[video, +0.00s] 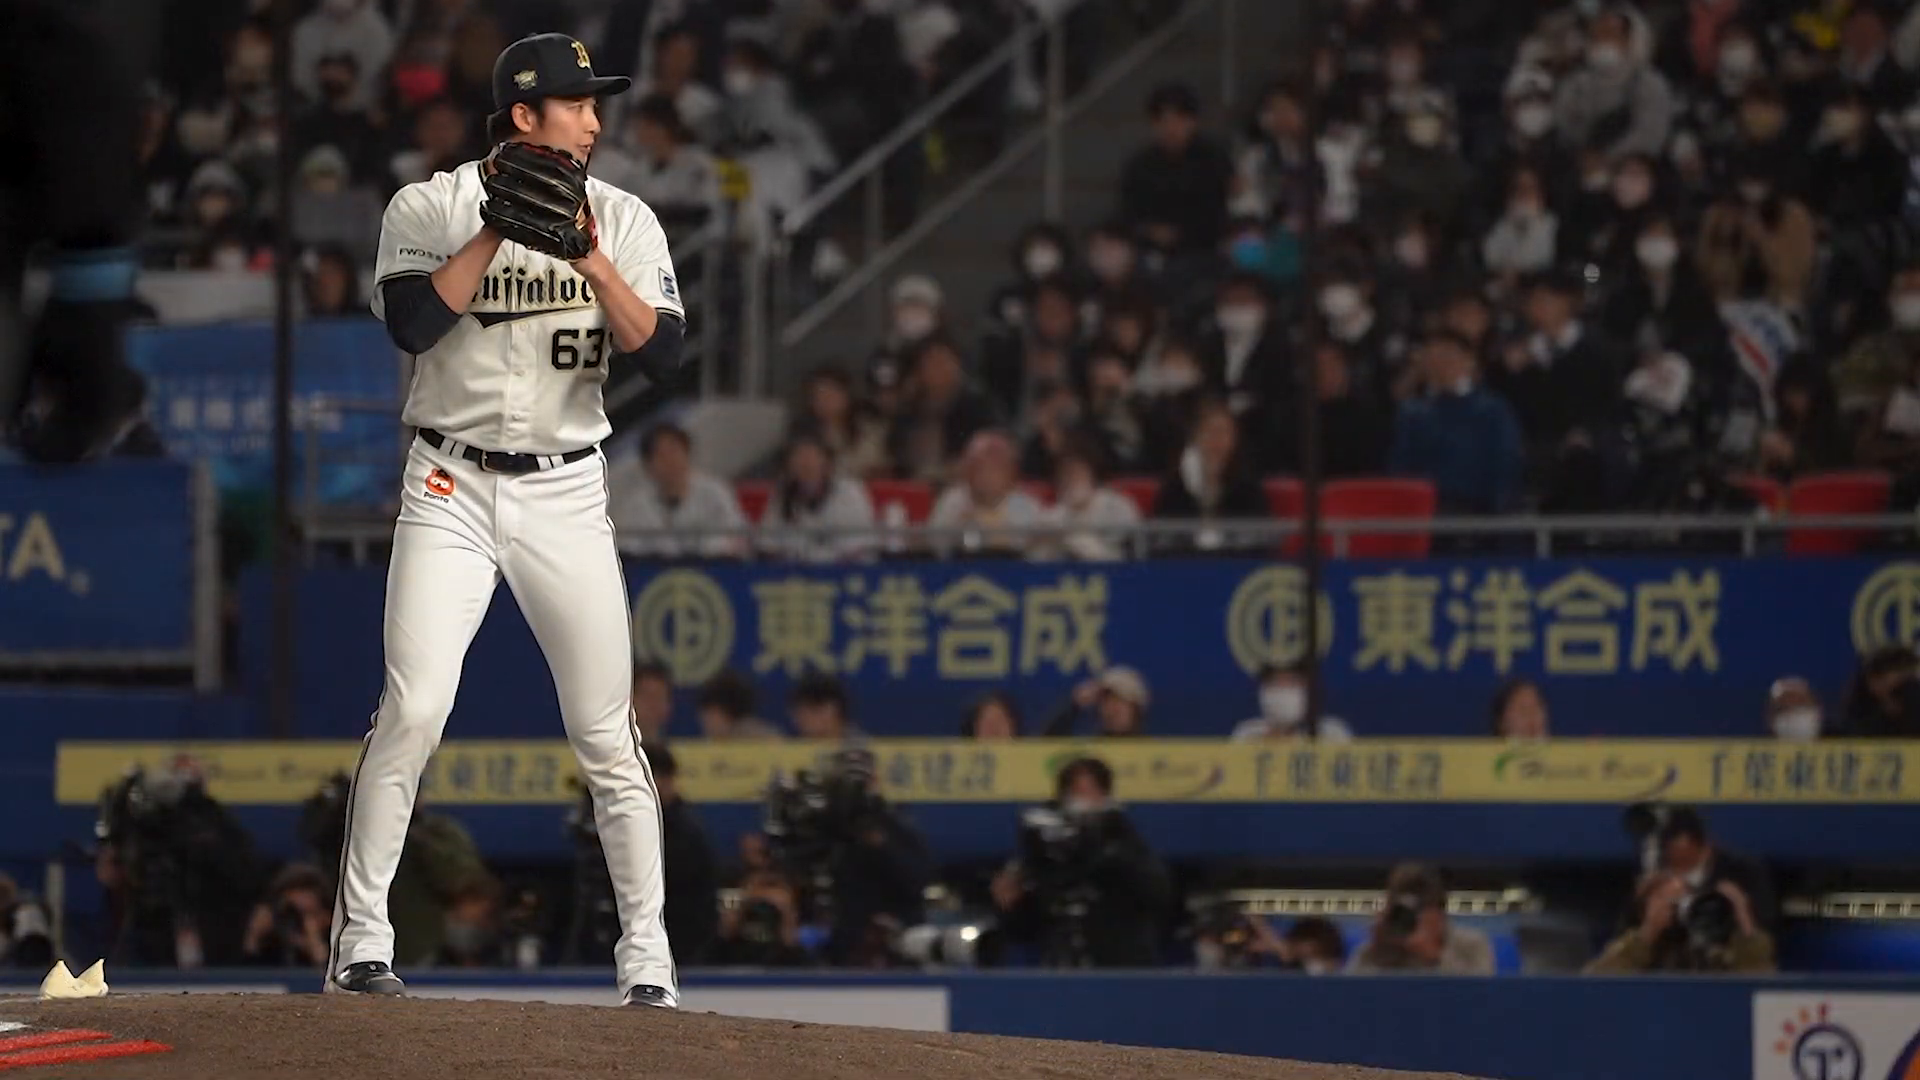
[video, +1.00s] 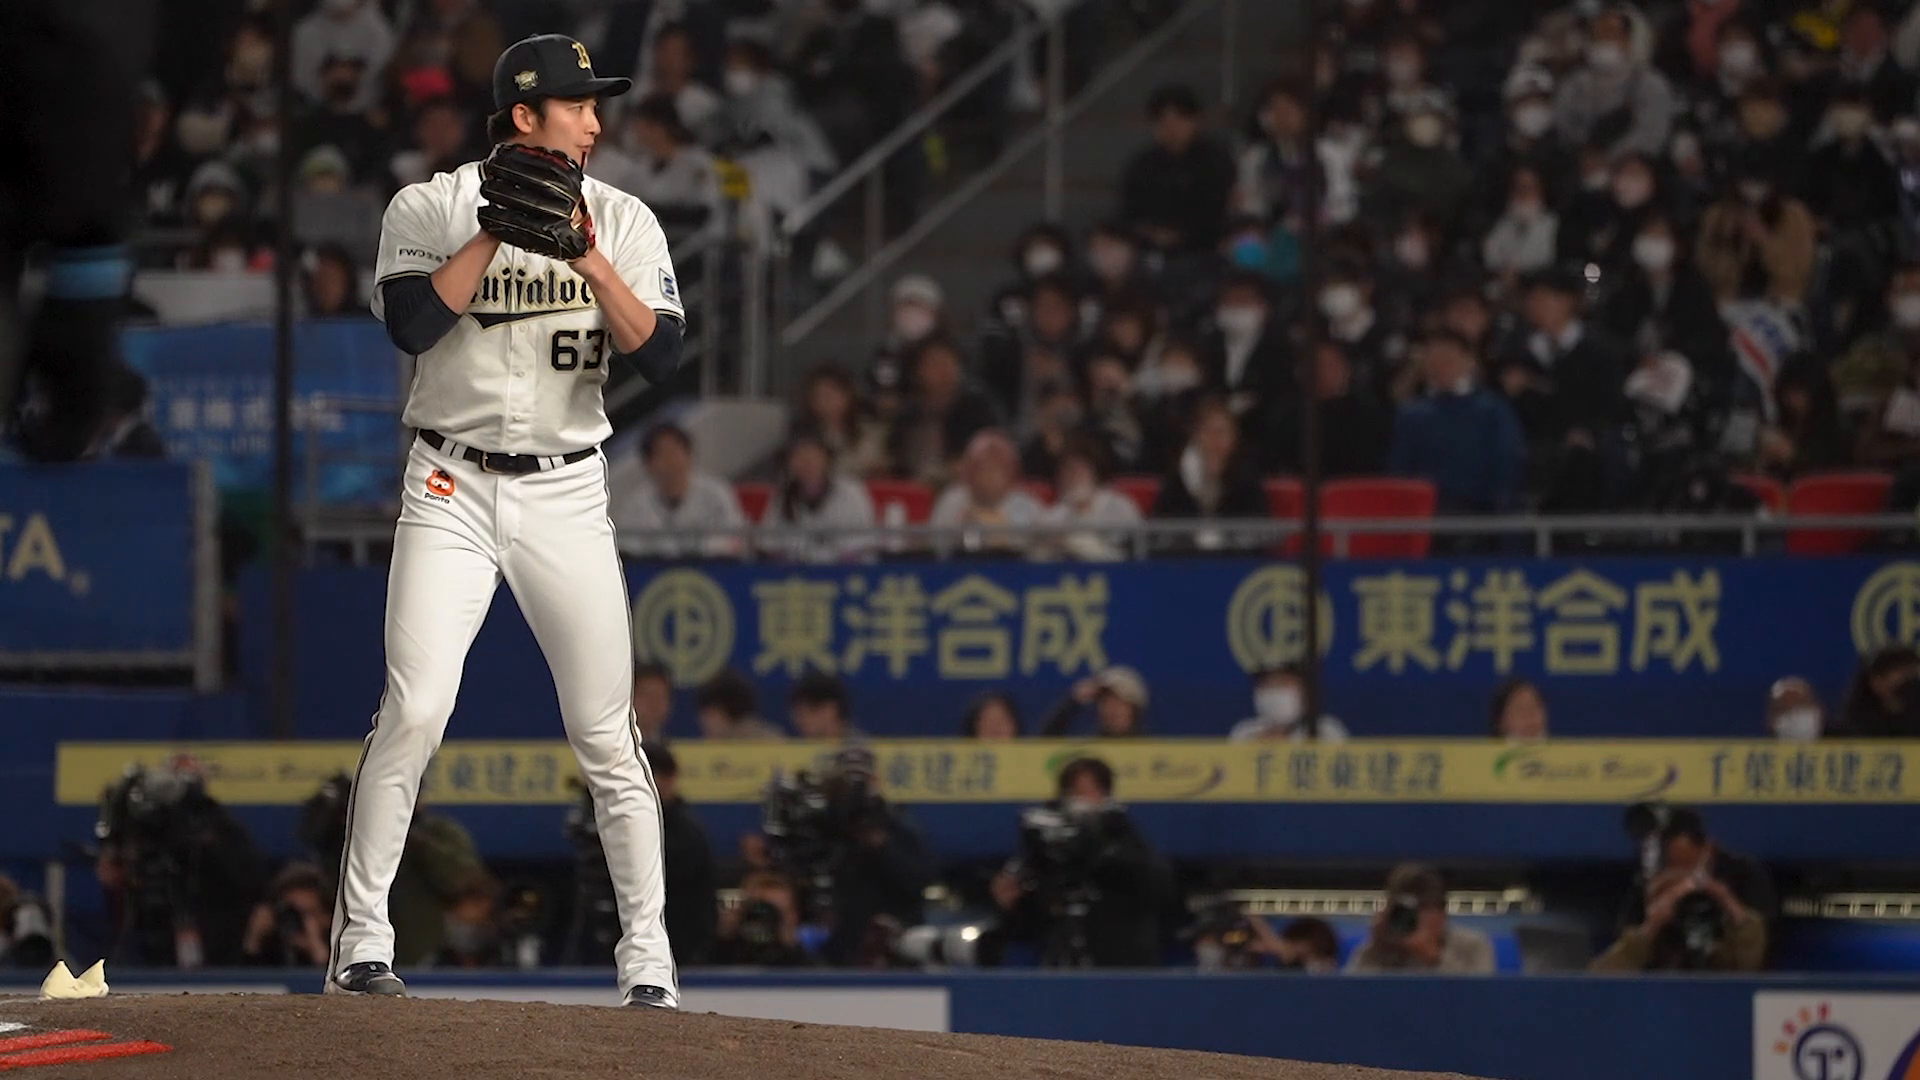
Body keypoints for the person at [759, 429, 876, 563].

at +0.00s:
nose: (807, 472)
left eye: (812, 464)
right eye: (800, 465)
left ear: (827, 466)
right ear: (790, 468)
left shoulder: (850, 494)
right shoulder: (781, 498)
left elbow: (865, 541)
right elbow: (765, 542)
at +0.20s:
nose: (807, 470)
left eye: (812, 463)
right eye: (800, 464)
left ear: (826, 465)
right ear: (790, 468)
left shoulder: (850, 494)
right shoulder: (781, 498)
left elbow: (865, 541)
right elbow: (765, 541)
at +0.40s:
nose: (807, 471)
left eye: (813, 464)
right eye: (801, 464)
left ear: (827, 466)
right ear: (790, 468)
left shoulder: (850, 495)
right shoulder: (781, 500)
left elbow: (864, 543)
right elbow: (766, 542)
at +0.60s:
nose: (807, 472)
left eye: (813, 465)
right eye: (801, 465)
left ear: (827, 466)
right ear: (791, 468)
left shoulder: (850, 495)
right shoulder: (782, 499)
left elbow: (864, 543)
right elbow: (765, 542)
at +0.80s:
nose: (808, 470)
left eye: (813, 463)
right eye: (802, 464)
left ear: (826, 465)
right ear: (791, 468)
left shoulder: (850, 494)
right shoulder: (782, 499)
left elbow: (866, 541)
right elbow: (765, 541)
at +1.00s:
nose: (808, 471)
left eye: (813, 463)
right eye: (801, 464)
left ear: (827, 465)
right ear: (790, 469)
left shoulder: (851, 495)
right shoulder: (781, 500)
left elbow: (867, 543)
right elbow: (765, 543)